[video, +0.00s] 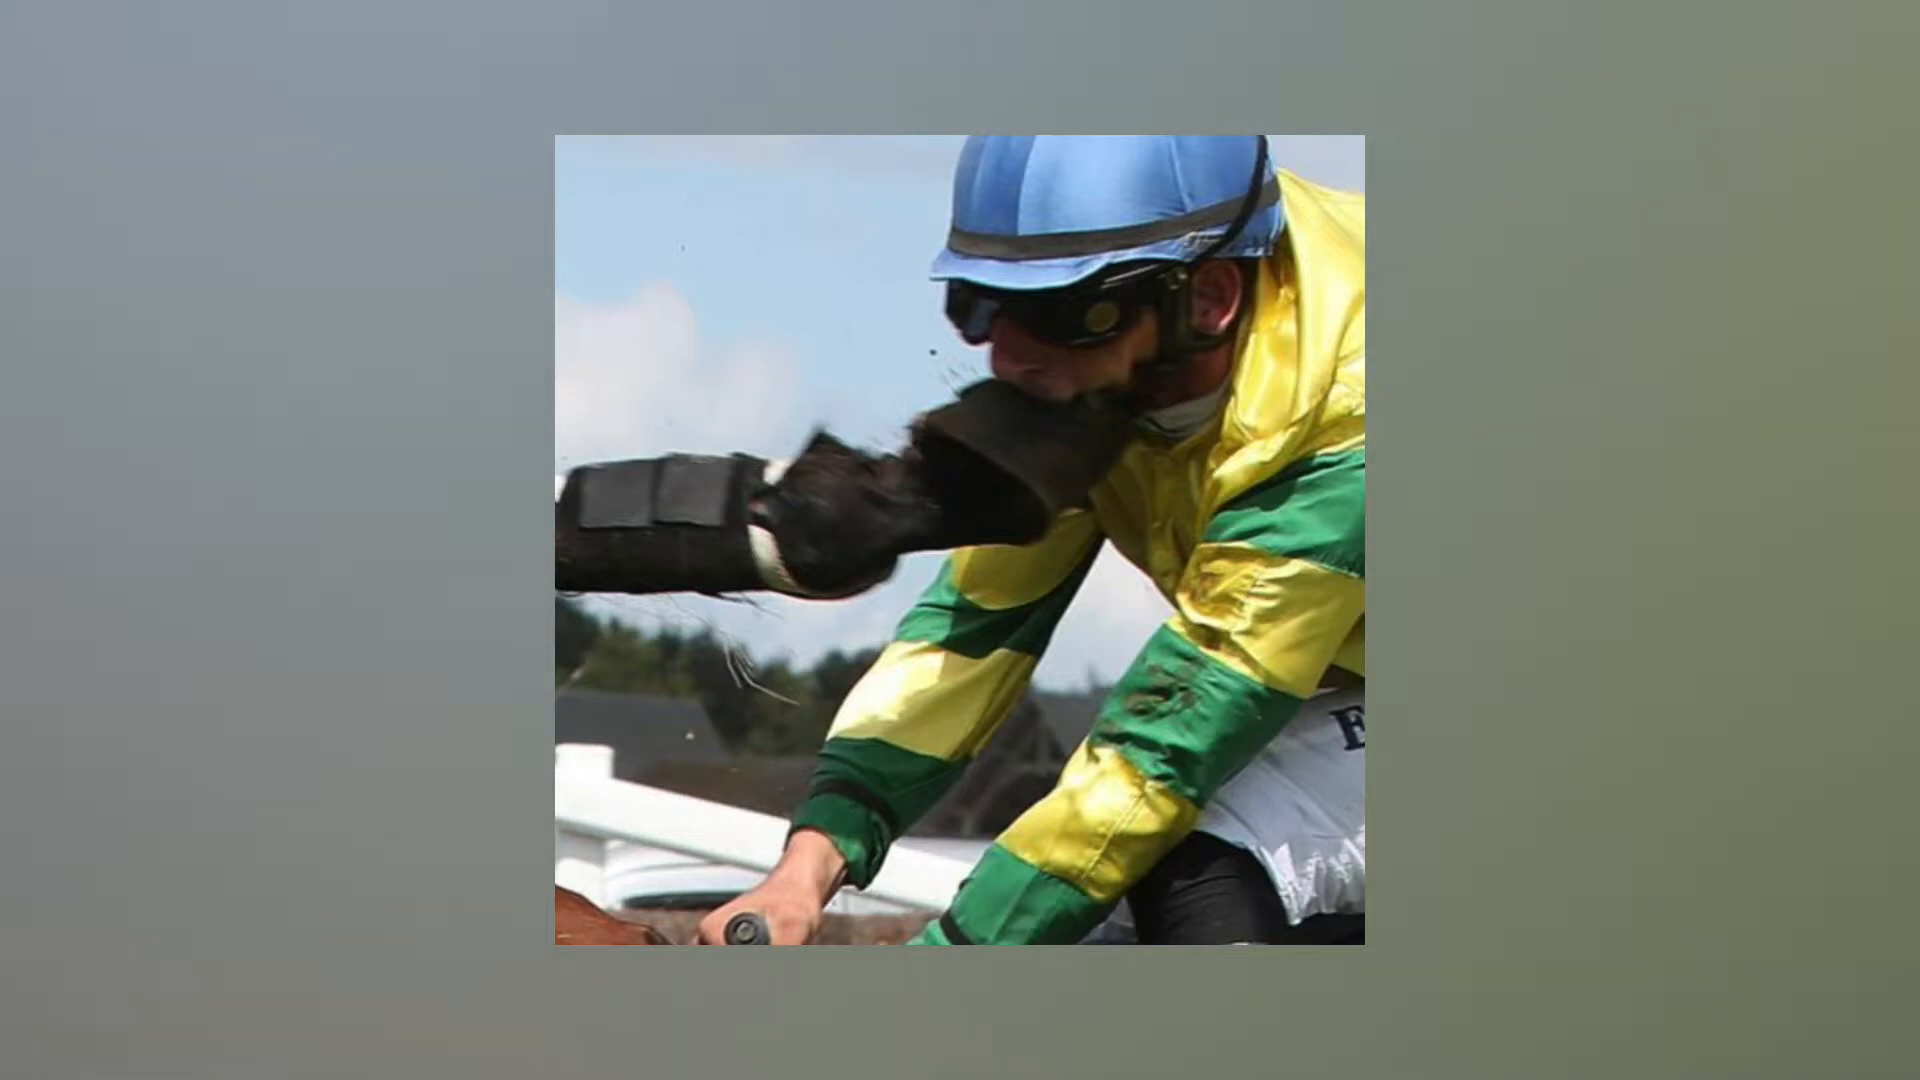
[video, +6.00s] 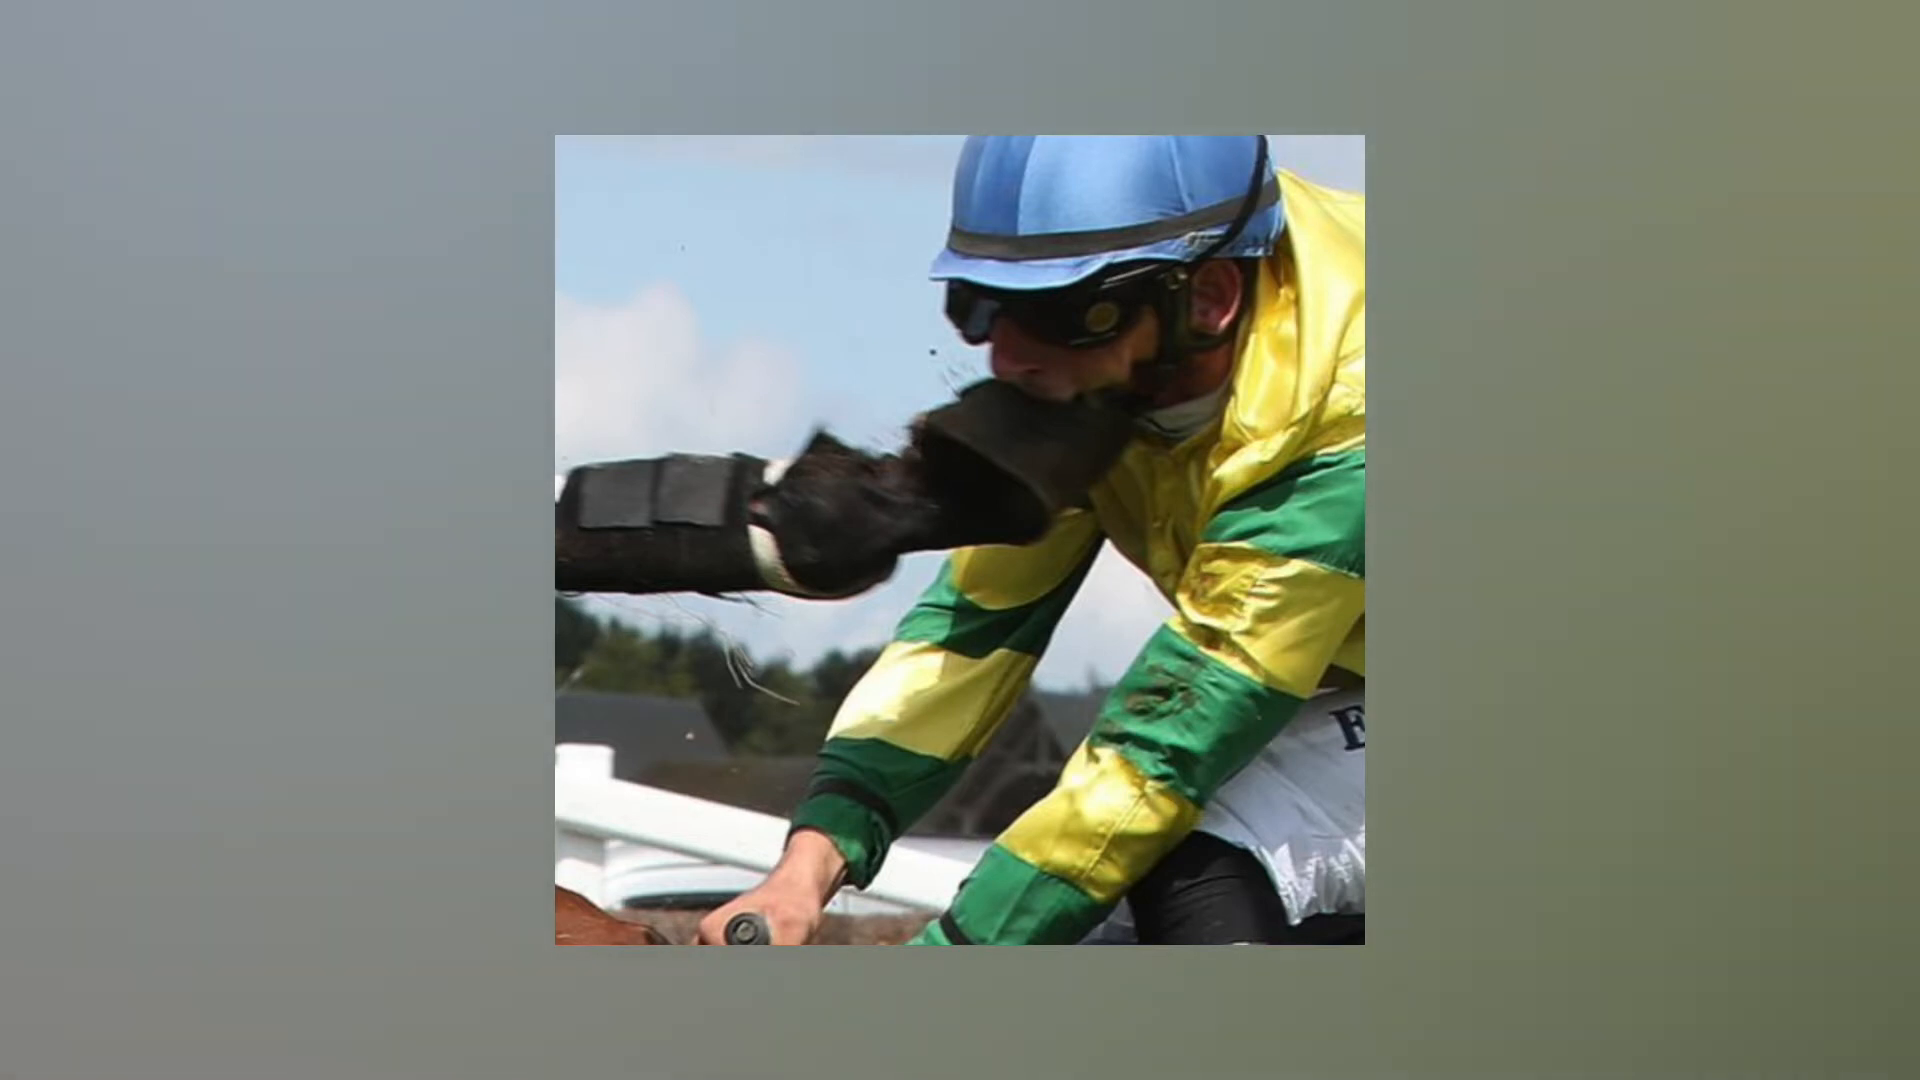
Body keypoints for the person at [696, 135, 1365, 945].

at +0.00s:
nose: (1005, 358)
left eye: (1056, 318)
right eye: (987, 309)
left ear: (1209, 299)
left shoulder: (1341, 429)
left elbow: (1159, 752)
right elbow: (969, 623)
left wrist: (932, 966)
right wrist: (804, 871)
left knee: (1204, 862)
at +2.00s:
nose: (1005, 359)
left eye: (1054, 319)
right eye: (988, 309)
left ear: (1209, 299)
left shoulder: (1342, 427)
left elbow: (1160, 752)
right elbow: (969, 623)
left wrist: (932, 968)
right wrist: (804, 872)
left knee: (1204, 862)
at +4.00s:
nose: (1005, 358)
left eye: (1055, 318)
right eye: (988, 309)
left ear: (1210, 299)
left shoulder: (1341, 428)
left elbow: (1159, 752)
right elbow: (969, 624)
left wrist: (932, 963)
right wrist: (804, 872)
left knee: (1203, 861)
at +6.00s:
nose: (1005, 358)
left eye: (1056, 319)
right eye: (989, 310)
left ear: (1209, 298)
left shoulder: (1341, 429)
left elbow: (1161, 751)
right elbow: (969, 623)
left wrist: (934, 965)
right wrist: (805, 871)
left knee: (1204, 864)